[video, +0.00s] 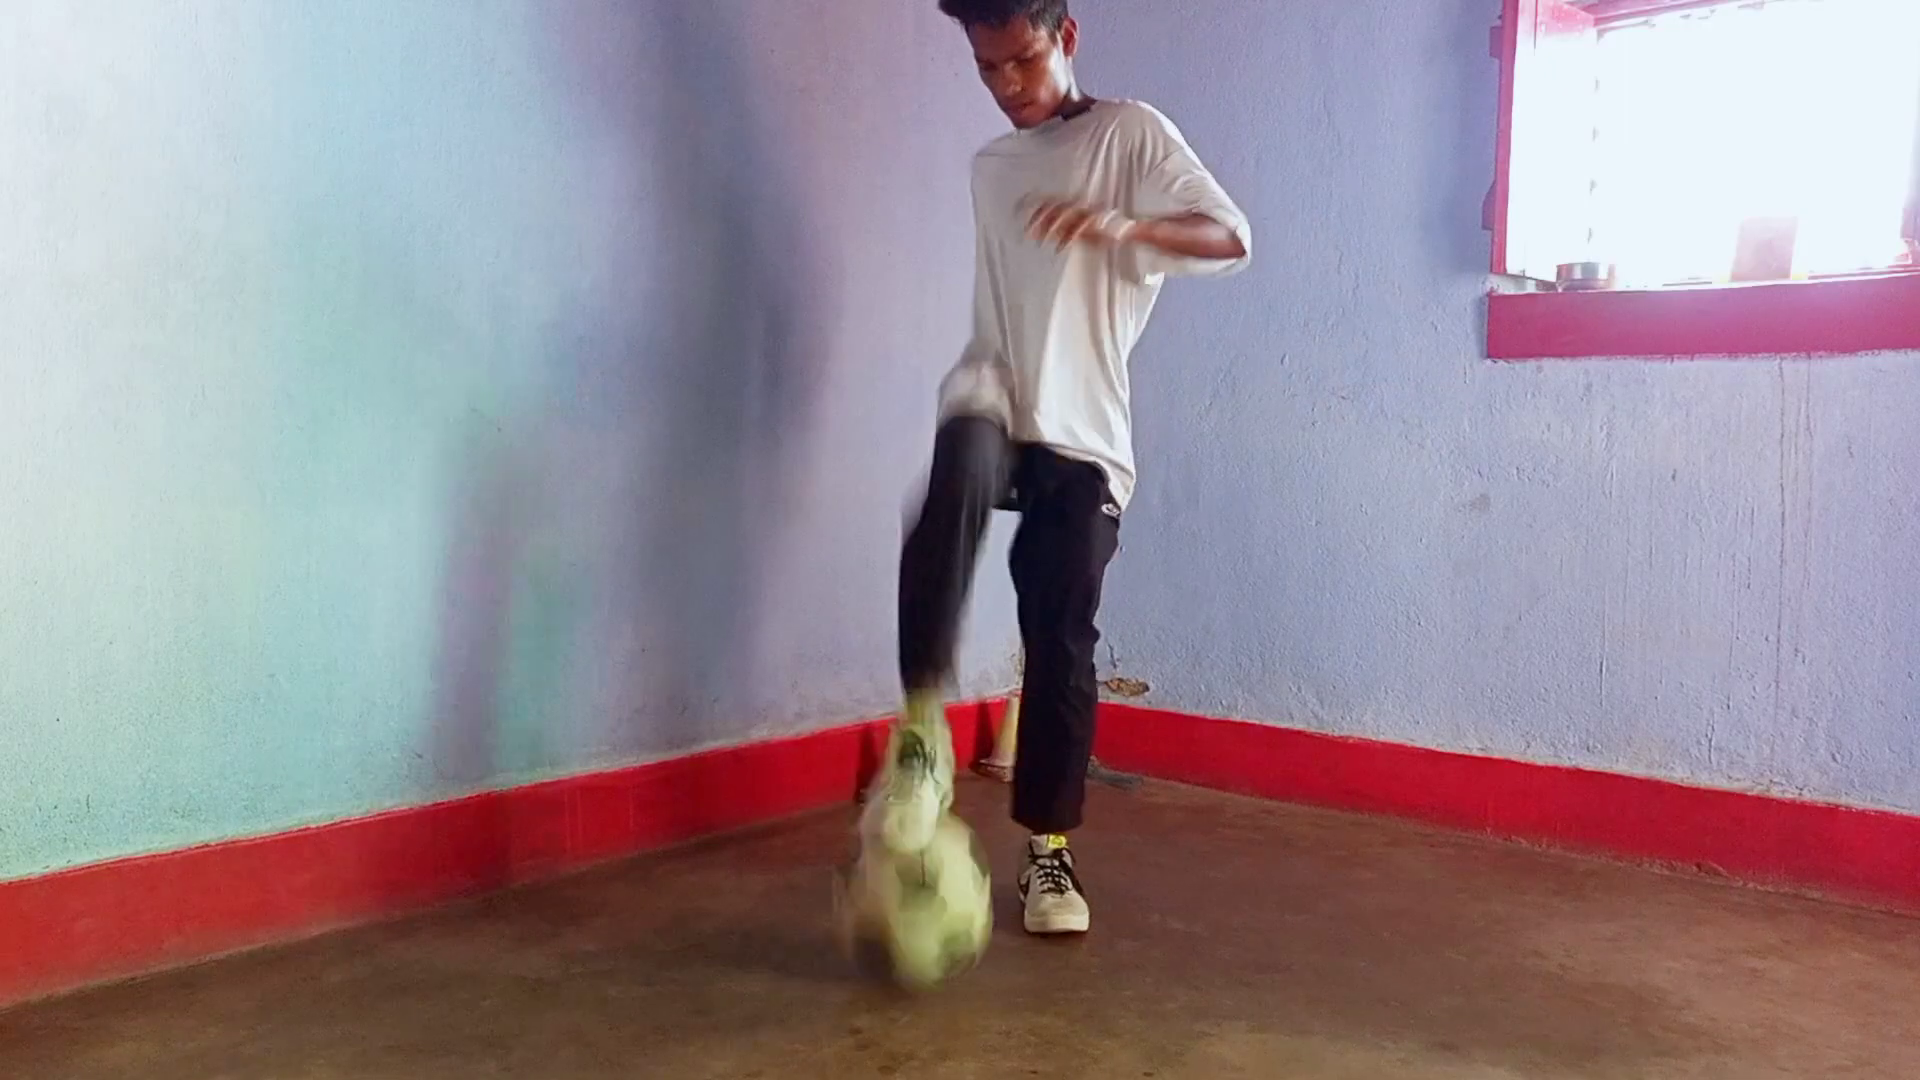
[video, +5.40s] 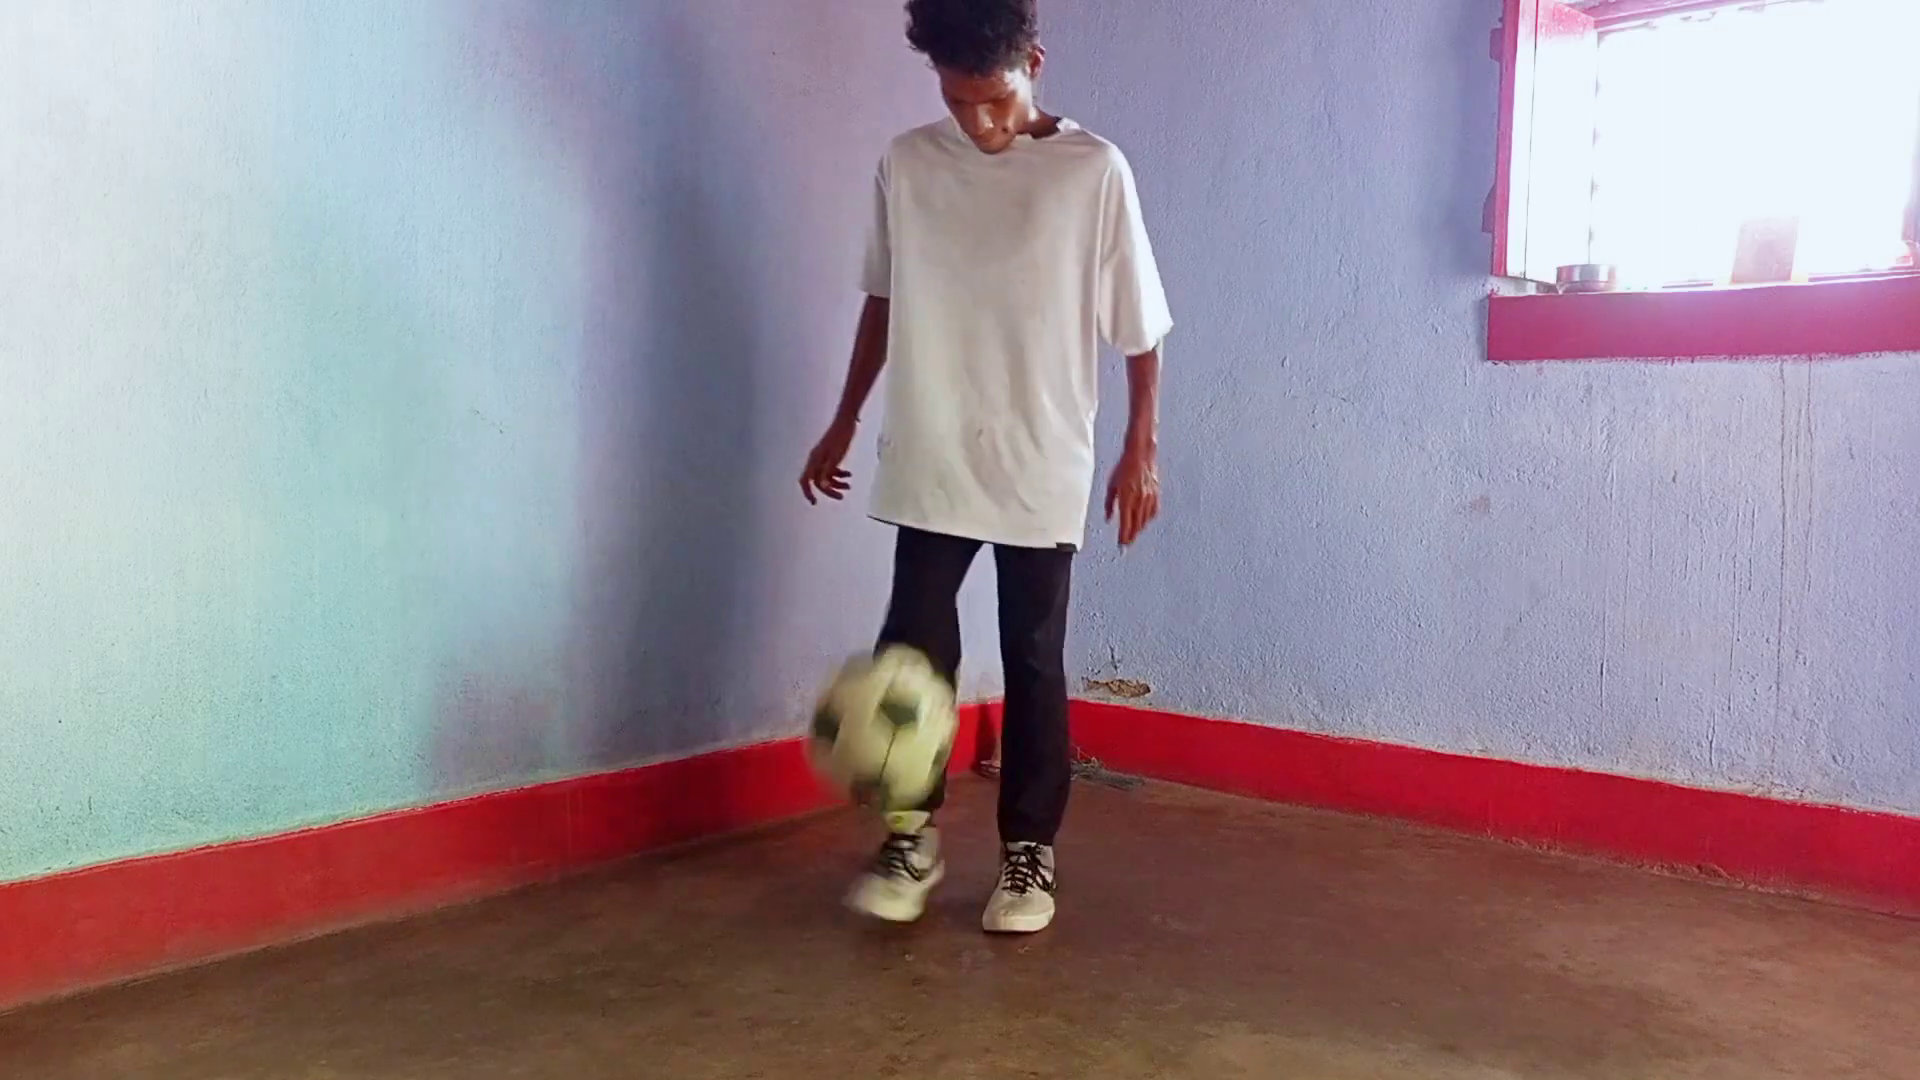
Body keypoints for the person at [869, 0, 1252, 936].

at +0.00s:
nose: (1010, 85)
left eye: (1025, 60)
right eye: (992, 67)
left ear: (1068, 38)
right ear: (974, 60)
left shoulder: (1132, 131)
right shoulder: (990, 165)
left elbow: (1229, 237)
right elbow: (999, 290)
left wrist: (1126, 229)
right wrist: (992, 380)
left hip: (1083, 420)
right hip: (989, 396)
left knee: (1061, 625)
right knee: (960, 474)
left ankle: (1049, 850)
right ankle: (921, 717)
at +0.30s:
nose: (976, 82)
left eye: (991, 58)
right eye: (958, 63)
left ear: (1035, 31)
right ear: (941, 53)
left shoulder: (1108, 138)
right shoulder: (974, 145)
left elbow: (1204, 254)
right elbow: (986, 274)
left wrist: (1150, 368)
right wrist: (950, 367)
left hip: (1066, 435)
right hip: (962, 409)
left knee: (1051, 635)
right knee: (869, 505)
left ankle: (1047, 849)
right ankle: (886, 729)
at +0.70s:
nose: (915, 58)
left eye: (932, 35)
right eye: (896, 40)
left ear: (969, 19)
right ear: (876, 37)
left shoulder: (1039, 121)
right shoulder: (868, 147)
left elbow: (1104, 269)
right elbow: (878, 287)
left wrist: (1102, 388)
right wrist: (905, 406)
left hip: (1005, 433)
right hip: (893, 434)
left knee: (1014, 650)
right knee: (882, 649)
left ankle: (1039, 849)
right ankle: (879, 844)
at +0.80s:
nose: (890, 60)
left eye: (906, 38)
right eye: (870, 43)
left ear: (939, 20)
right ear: (845, 37)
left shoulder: (1008, 118)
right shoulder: (832, 150)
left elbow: (1068, 263)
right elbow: (826, 303)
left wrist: (1088, 382)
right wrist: (798, 420)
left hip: (983, 430)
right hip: (874, 438)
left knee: (979, 623)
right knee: (879, 648)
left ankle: (1013, 823)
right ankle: (877, 842)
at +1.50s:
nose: (980, 71)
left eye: (998, 52)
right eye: (962, 52)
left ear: (1027, 39)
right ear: (931, 37)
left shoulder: (1066, 146)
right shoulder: (878, 135)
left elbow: (1087, 293)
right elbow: (842, 278)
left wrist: (1111, 410)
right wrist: (803, 398)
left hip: (1010, 429)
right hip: (904, 414)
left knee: (991, 652)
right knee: (907, 581)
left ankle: (959, 843)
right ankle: (889, 786)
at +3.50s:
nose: (1027, 116)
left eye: (1045, 97)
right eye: (1010, 97)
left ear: (1085, 65)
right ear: (989, 69)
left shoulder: (1135, 179)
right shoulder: (950, 161)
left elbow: (1166, 335)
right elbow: (919, 298)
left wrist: (1164, 462)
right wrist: (883, 416)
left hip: (1072, 455)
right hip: (968, 443)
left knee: (1049, 658)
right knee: (956, 640)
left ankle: (1022, 841)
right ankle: (942, 839)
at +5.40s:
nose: (980, 123)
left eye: (994, 102)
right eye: (960, 104)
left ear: (1033, 59)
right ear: (934, 79)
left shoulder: (1094, 170)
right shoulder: (909, 162)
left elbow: (1138, 323)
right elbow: (881, 305)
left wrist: (1141, 449)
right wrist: (843, 425)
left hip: (1042, 457)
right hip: (930, 449)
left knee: (1031, 655)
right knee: (911, 645)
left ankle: (1028, 855)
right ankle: (909, 840)